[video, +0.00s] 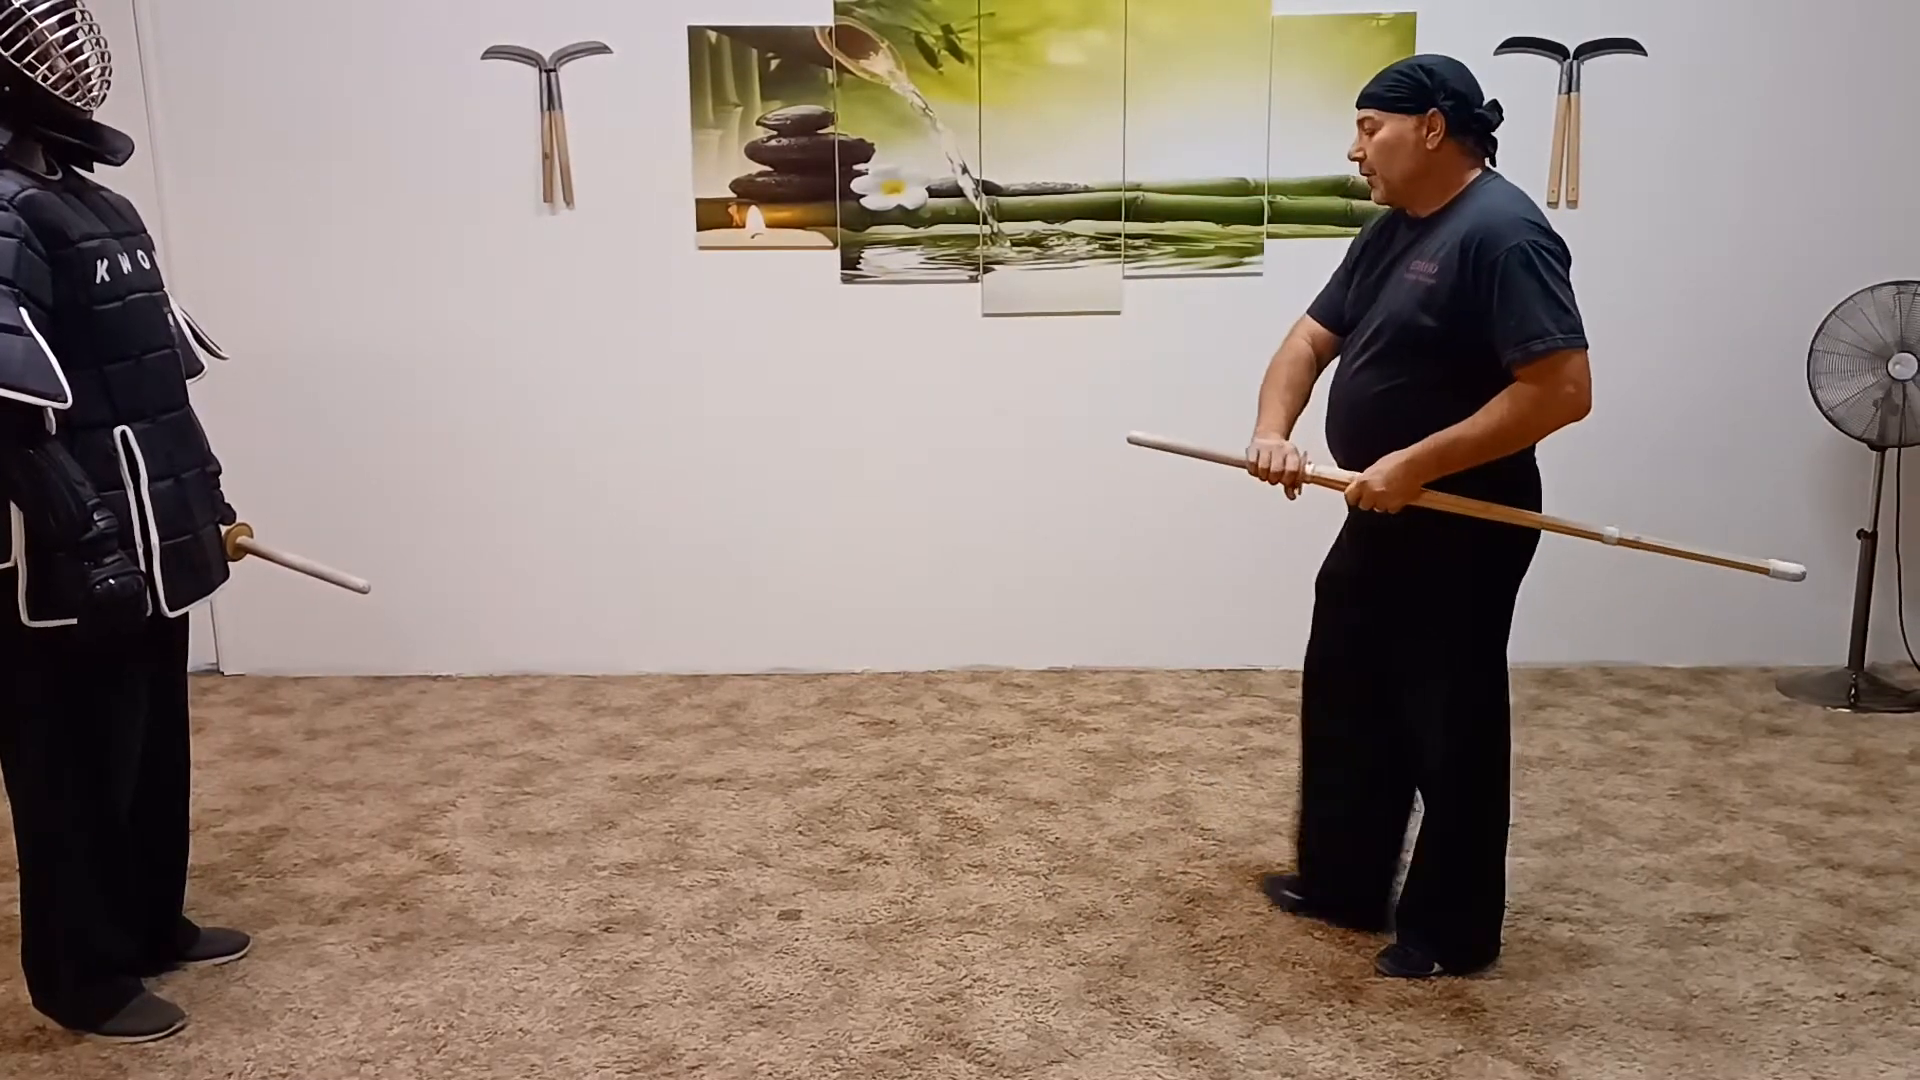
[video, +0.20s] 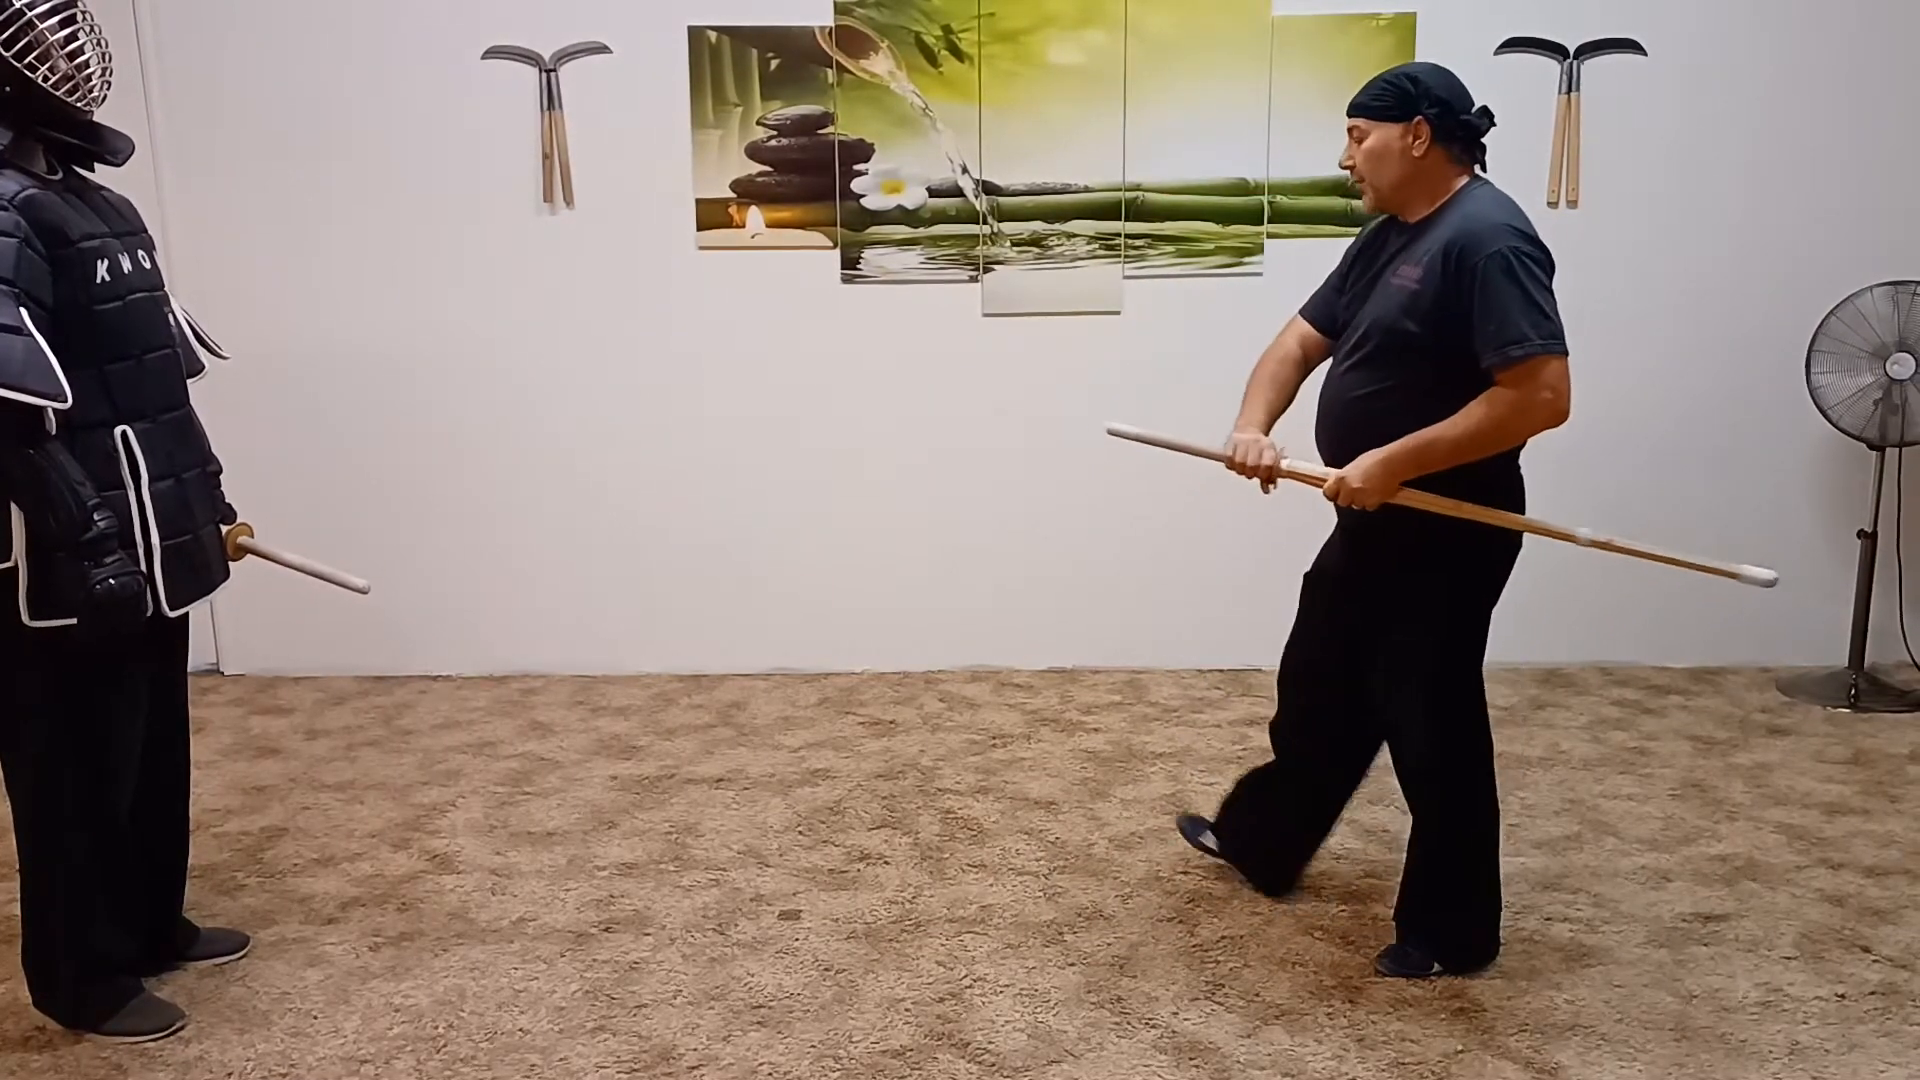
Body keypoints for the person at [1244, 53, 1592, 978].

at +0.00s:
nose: (1357, 146)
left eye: (1372, 125)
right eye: (1358, 128)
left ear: (1432, 128)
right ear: (1420, 134)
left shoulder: (1505, 232)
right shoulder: (1388, 231)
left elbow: (1561, 389)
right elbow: (1307, 343)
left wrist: (1417, 462)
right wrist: (1275, 427)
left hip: (1470, 516)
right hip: (1382, 504)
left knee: (1454, 717)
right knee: (1344, 688)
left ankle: (1453, 931)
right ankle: (1343, 885)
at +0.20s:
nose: (1346, 156)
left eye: (1358, 136)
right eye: (1347, 137)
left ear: (1418, 136)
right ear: (1409, 141)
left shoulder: (1489, 237)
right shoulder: (1390, 231)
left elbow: (1542, 394)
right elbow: (1303, 340)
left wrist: (1395, 462)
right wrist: (1253, 425)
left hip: (1451, 523)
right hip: (1374, 512)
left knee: (1435, 724)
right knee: (1321, 679)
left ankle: (1452, 933)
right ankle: (1265, 843)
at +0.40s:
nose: (1322, 164)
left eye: (1335, 145)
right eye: (1323, 147)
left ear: (1392, 143)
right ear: (1383, 147)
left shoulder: (1461, 240)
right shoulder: (1368, 241)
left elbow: (1525, 390)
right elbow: (1271, 336)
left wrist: (1390, 473)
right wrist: (1190, 414)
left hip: (1423, 528)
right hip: (1353, 517)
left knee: (1415, 726)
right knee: (1306, 683)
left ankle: (1453, 932)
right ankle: (1241, 828)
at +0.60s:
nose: (1276, 165)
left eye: (1290, 146)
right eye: (1276, 149)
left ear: (1348, 147)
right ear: (1329, 154)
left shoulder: (1416, 237)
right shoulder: (1310, 247)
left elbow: (1500, 367)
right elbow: (1204, 317)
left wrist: (1380, 477)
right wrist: (1100, 376)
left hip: (1391, 526)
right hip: (1318, 517)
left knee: (1393, 727)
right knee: (1277, 689)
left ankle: (1452, 933)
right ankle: (1223, 845)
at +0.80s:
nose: (1224, 164)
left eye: (1238, 147)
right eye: (1223, 152)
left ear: (1296, 147)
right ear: (1271, 158)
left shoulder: (1366, 230)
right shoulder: (1255, 245)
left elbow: (1463, 343)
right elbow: (1142, 291)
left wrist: (1386, 479)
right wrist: (1030, 334)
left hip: (1359, 528)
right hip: (1283, 520)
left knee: (1395, 733)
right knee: (1247, 686)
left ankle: (1455, 929)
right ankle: (1213, 846)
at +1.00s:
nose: (1187, 188)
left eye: (1198, 168)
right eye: (1183, 174)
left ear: (1254, 159)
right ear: (1230, 170)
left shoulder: (1327, 232)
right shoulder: (1212, 257)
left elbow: (1438, 334)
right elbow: (1107, 283)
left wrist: (1413, 484)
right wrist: (998, 315)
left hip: (1346, 531)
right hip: (1262, 527)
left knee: (1393, 731)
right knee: (1216, 667)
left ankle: (1457, 929)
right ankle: (1204, 845)